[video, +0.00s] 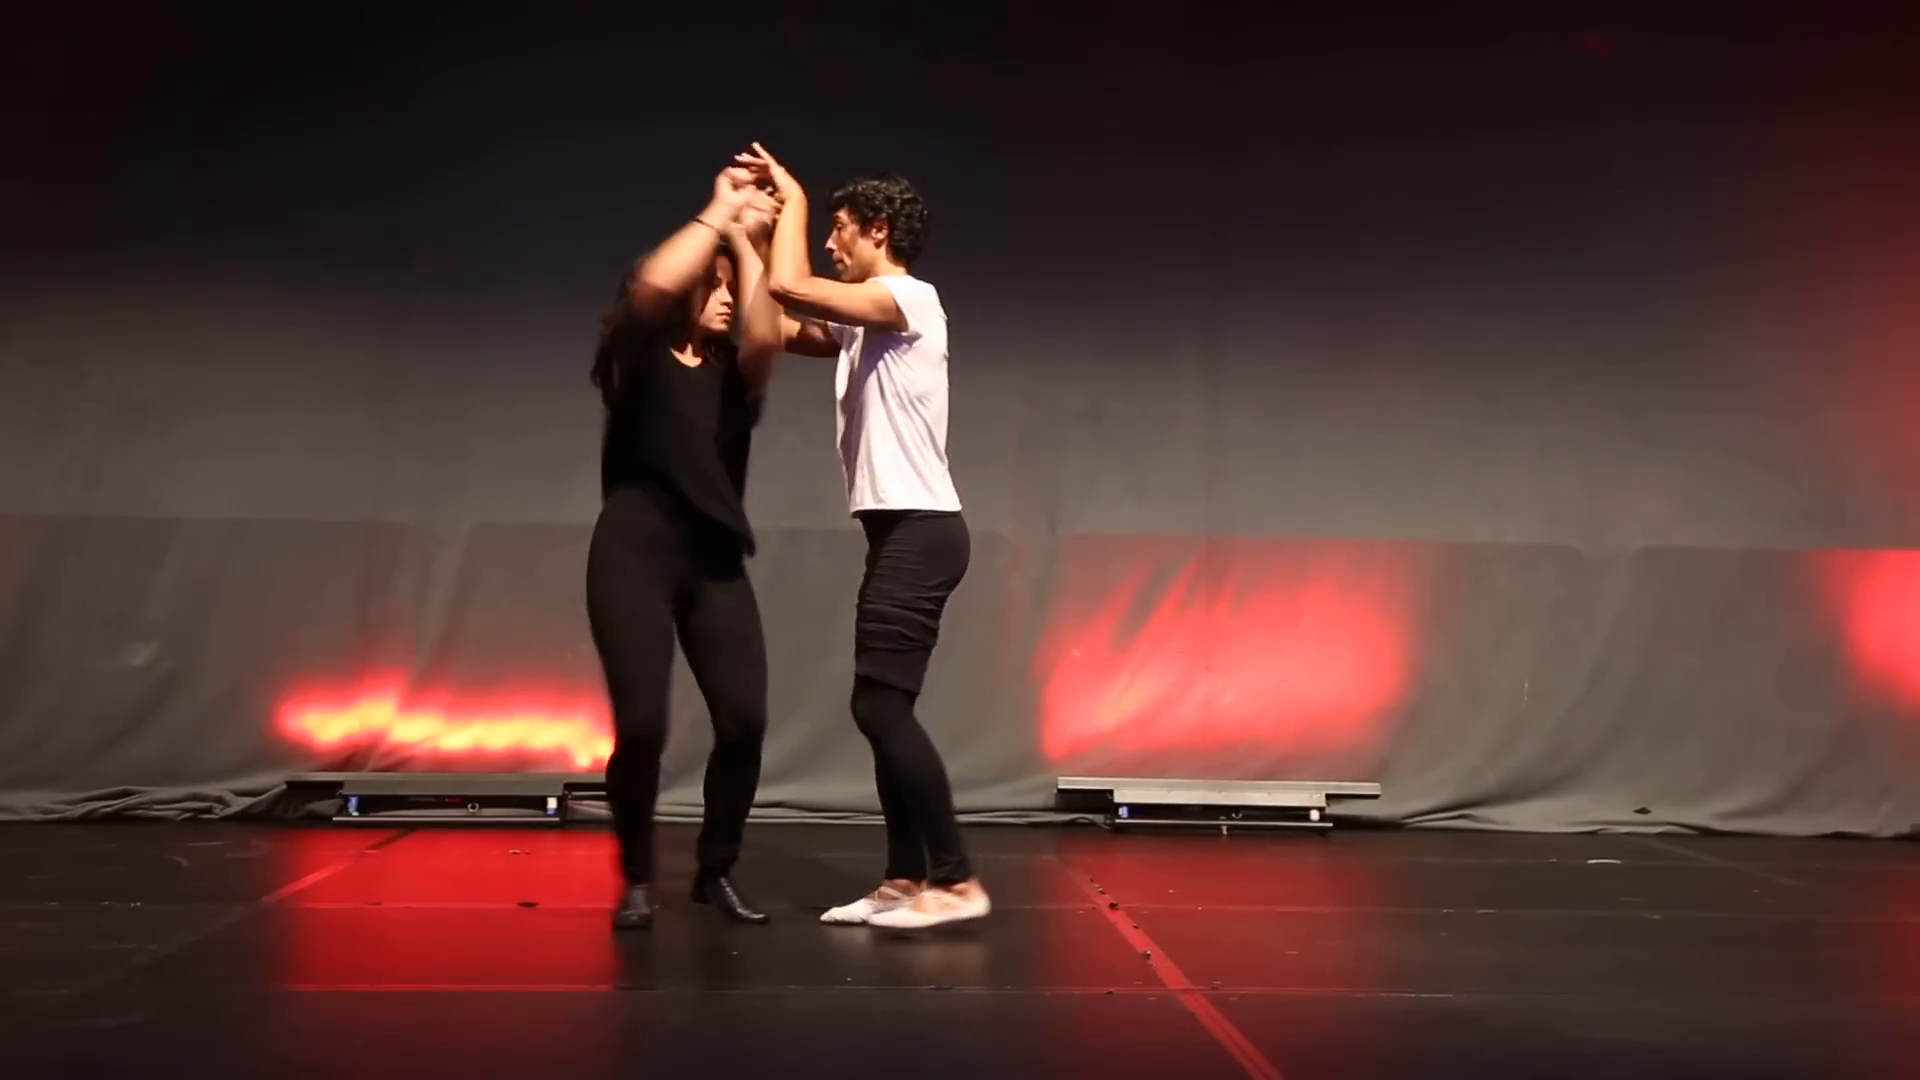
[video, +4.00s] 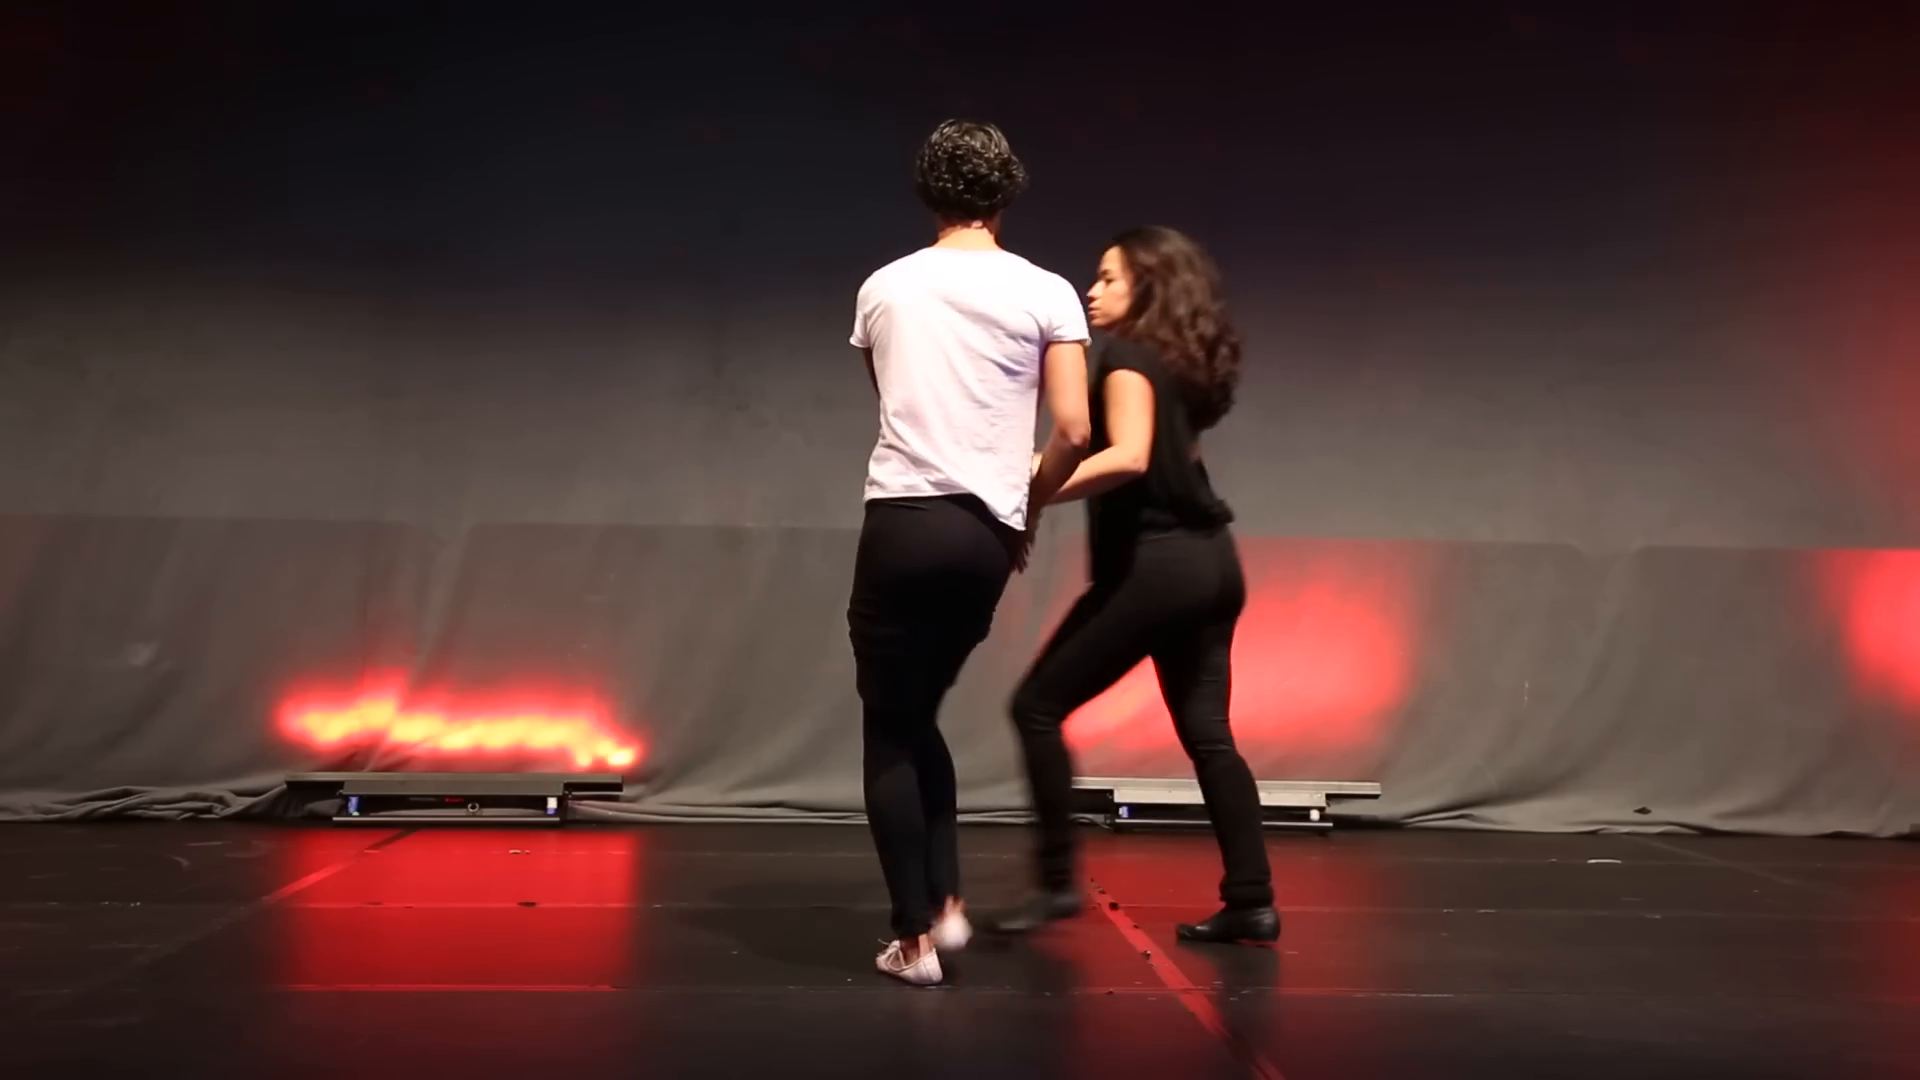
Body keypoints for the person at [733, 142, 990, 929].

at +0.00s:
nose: (833, 245)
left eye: (843, 230)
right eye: (835, 232)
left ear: (878, 233)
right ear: (872, 237)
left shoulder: (910, 300)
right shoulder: (870, 321)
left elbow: (793, 284)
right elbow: (778, 325)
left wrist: (793, 200)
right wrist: (753, 229)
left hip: (920, 528)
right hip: (897, 529)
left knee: (885, 707)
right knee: (880, 710)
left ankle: (955, 883)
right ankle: (906, 879)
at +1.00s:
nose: (913, 223)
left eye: (916, 209)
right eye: (916, 211)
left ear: (936, 215)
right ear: (990, 223)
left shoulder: (924, 290)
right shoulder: (1016, 311)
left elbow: (789, 310)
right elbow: (883, 355)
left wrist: (823, 229)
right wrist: (857, 262)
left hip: (939, 539)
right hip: (1006, 540)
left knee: (886, 717)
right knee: (992, 730)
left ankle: (945, 905)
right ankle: (1051, 909)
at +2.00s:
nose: (893, 216)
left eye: (910, 204)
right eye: (886, 204)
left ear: (945, 214)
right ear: (877, 218)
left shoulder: (952, 289)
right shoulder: (862, 282)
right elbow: (777, 205)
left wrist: (920, 97)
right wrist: (867, 178)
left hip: (867, 528)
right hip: (821, 526)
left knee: (823, 723)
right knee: (818, 725)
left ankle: (866, 911)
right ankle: (956, 854)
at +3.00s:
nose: (1001, 261)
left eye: (1012, 251)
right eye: (994, 242)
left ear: (1013, 255)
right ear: (956, 230)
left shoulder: (993, 348)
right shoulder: (891, 303)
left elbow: (1016, 469)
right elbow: (934, 251)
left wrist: (1096, 547)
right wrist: (994, 163)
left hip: (965, 544)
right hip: (904, 539)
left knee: (967, 718)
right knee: (972, 711)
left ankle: (902, 878)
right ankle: (959, 920)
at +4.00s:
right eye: (1000, 190)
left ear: (926, 195)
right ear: (1006, 197)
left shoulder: (883, 289)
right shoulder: (1048, 292)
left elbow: (894, 398)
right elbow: (1071, 432)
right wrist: (1025, 513)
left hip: (898, 530)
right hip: (987, 535)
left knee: (889, 732)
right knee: (916, 714)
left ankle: (914, 943)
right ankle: (945, 907)